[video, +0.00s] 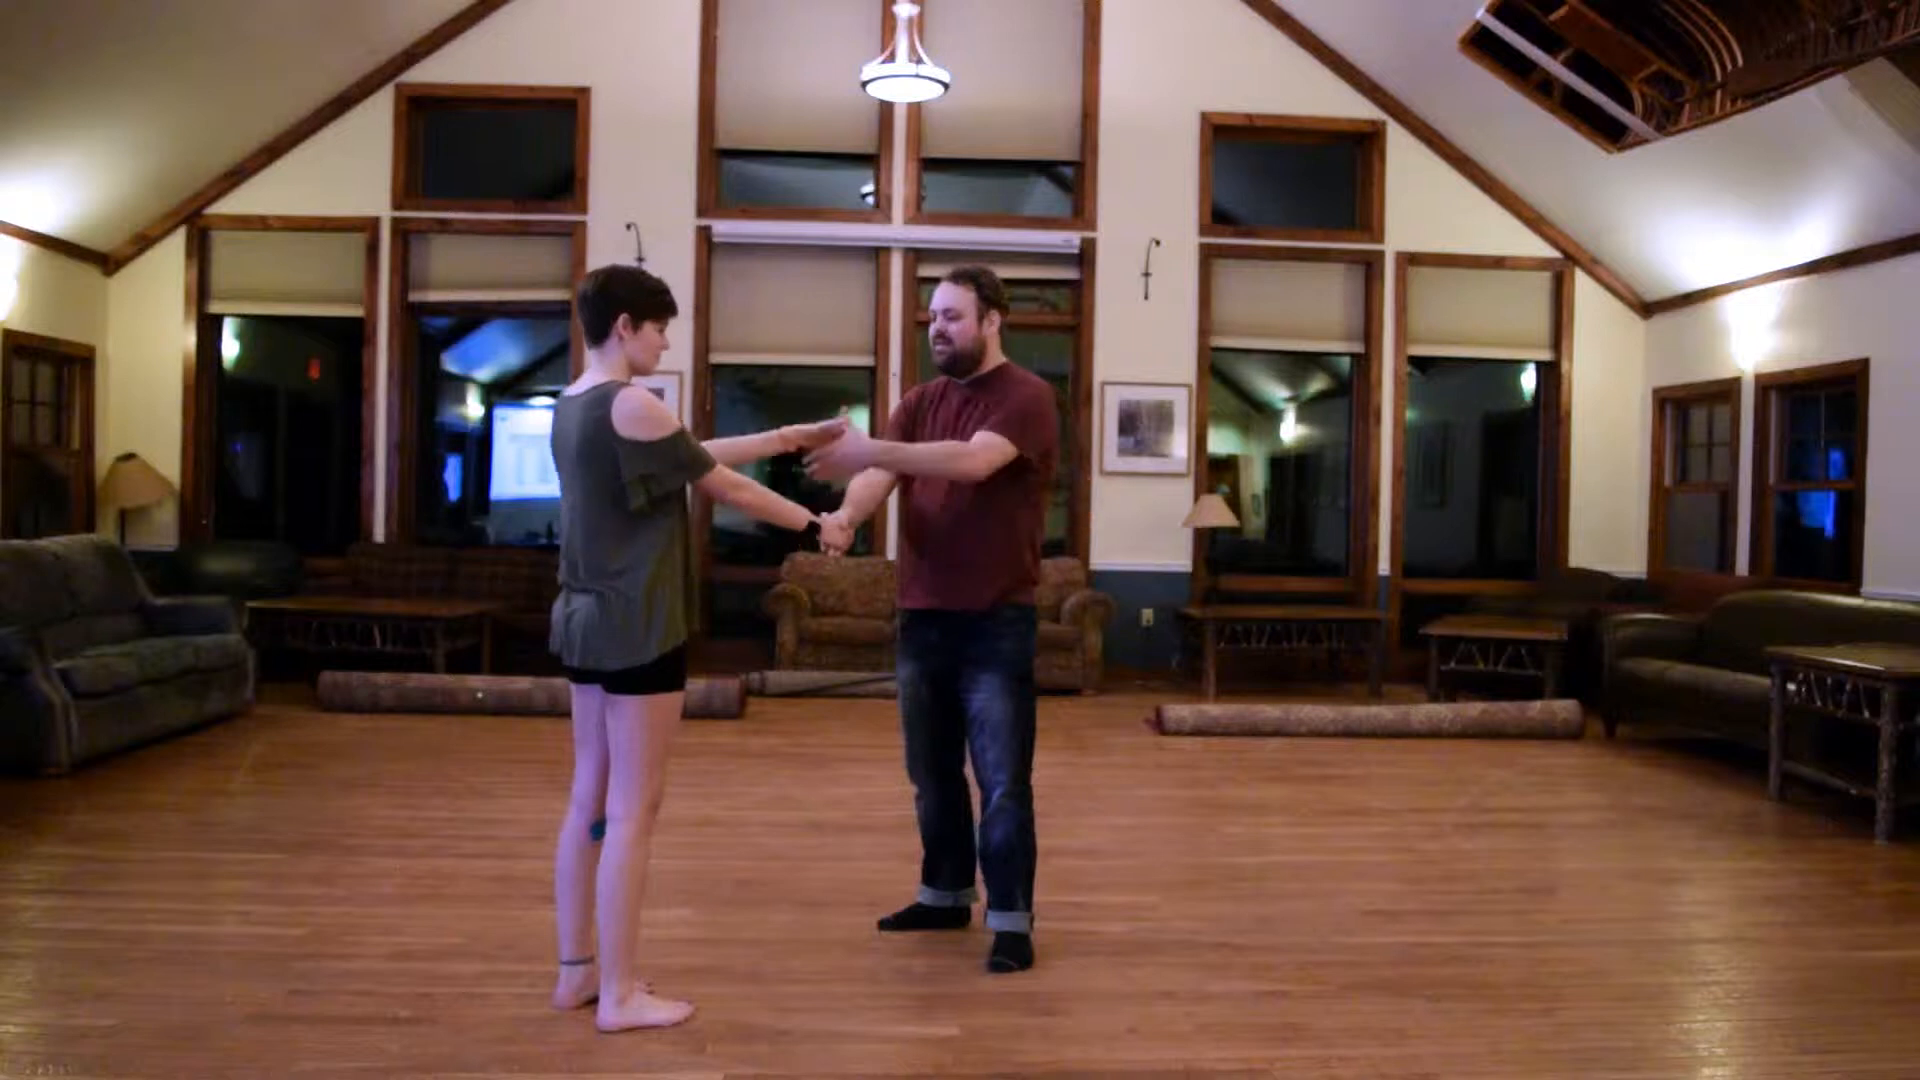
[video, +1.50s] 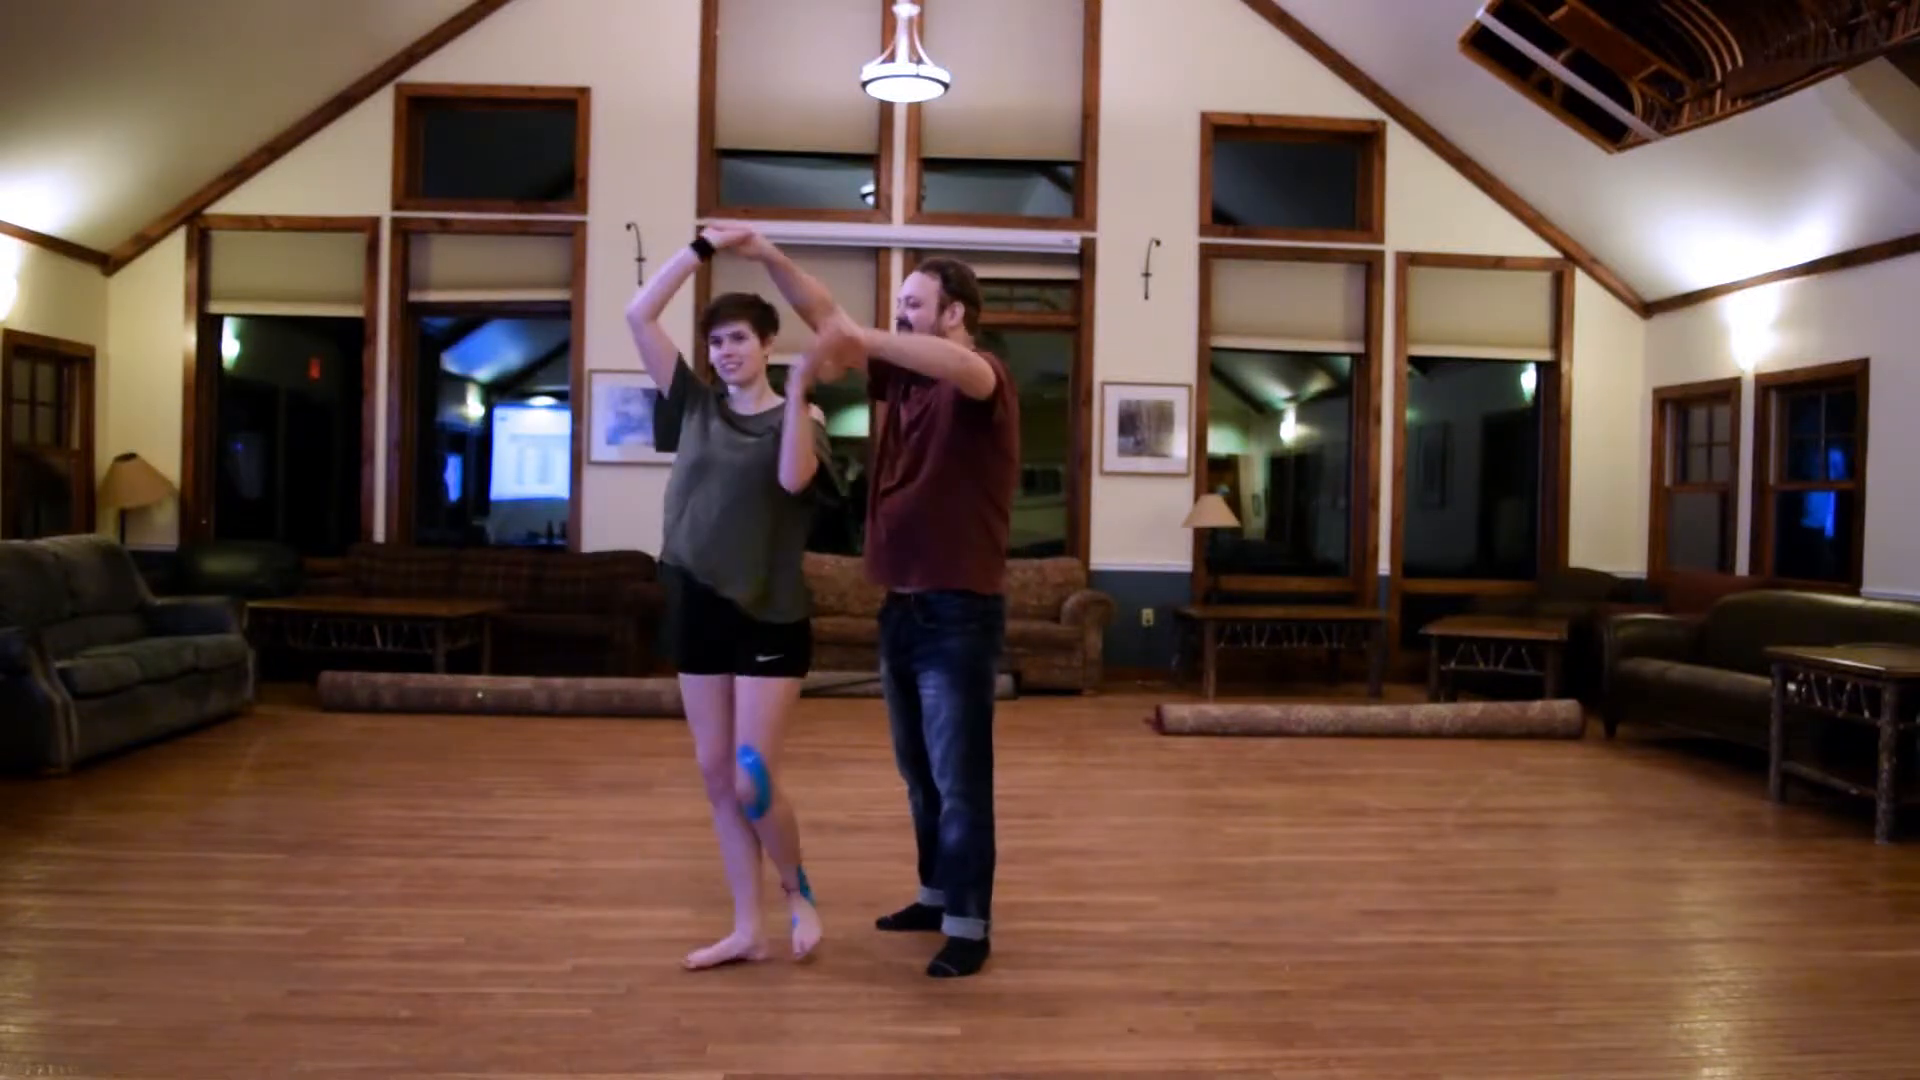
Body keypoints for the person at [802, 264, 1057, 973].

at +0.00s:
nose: (938, 329)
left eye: (952, 317)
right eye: (932, 318)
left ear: (992, 322)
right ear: (928, 326)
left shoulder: (1025, 395)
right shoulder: (918, 404)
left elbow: (973, 462)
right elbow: (881, 471)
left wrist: (870, 450)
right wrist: (843, 516)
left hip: (996, 616)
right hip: (923, 614)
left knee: (1001, 777)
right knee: (932, 770)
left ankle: (1011, 921)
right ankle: (944, 897)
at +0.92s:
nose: (898, 319)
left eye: (912, 308)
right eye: (898, 309)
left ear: (955, 316)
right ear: (914, 317)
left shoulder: (981, 378)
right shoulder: (908, 398)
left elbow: (884, 406)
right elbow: (859, 484)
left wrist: (803, 357)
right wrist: (791, 553)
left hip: (968, 604)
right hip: (914, 604)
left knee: (963, 769)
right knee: (925, 763)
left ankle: (972, 924)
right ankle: (941, 897)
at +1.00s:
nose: (899, 316)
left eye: (913, 306)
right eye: (898, 307)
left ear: (955, 314)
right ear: (905, 315)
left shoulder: (978, 374)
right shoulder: (904, 393)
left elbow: (869, 375)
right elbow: (841, 461)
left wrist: (787, 318)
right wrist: (767, 509)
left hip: (967, 603)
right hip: (914, 603)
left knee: (962, 768)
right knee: (925, 765)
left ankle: (973, 924)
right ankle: (941, 897)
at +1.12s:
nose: (897, 314)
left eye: (913, 302)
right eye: (898, 304)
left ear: (953, 310)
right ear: (915, 312)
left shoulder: (977, 372)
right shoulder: (907, 387)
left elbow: (868, 336)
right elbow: (824, 413)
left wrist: (773, 263)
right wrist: (742, 419)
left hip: (967, 602)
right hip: (913, 602)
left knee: (961, 770)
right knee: (925, 765)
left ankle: (972, 924)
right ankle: (942, 898)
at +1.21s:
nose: (897, 311)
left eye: (912, 300)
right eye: (896, 302)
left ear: (953, 311)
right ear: (913, 312)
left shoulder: (979, 373)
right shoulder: (900, 384)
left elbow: (877, 322)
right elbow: (814, 375)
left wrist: (776, 254)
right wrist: (726, 369)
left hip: (966, 604)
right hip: (911, 603)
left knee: (961, 771)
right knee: (925, 766)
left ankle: (972, 923)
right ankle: (940, 898)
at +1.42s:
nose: (898, 313)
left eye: (913, 303)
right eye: (897, 303)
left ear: (957, 314)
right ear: (907, 313)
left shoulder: (985, 379)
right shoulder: (898, 372)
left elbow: (908, 340)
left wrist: (823, 302)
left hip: (962, 604)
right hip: (906, 603)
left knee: (958, 770)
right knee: (920, 766)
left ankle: (971, 925)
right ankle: (939, 896)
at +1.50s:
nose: (901, 315)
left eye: (914, 305)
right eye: (899, 306)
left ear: (958, 314)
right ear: (909, 316)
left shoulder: (984, 373)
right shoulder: (899, 372)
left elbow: (959, 364)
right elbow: (836, 328)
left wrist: (865, 340)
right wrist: (769, 257)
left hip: (961, 606)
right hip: (903, 605)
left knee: (958, 772)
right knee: (920, 768)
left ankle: (969, 925)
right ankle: (940, 898)